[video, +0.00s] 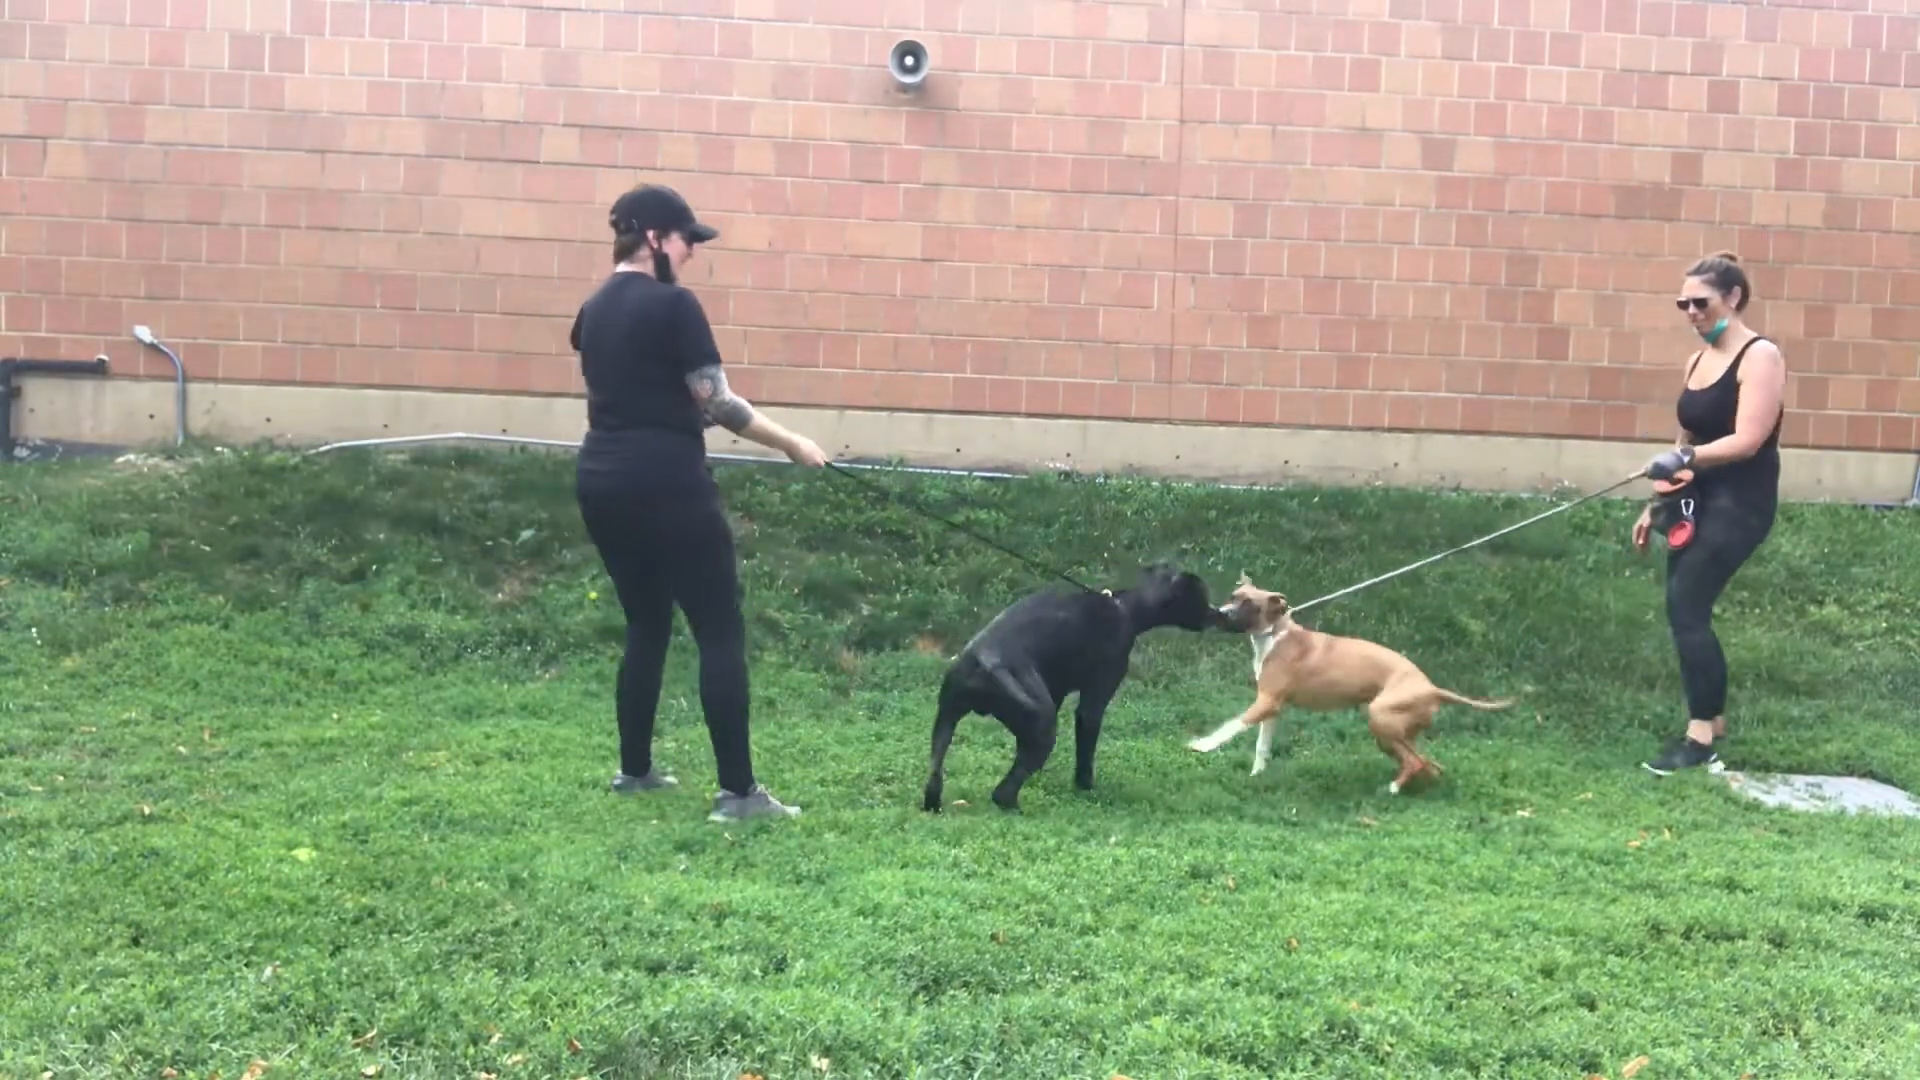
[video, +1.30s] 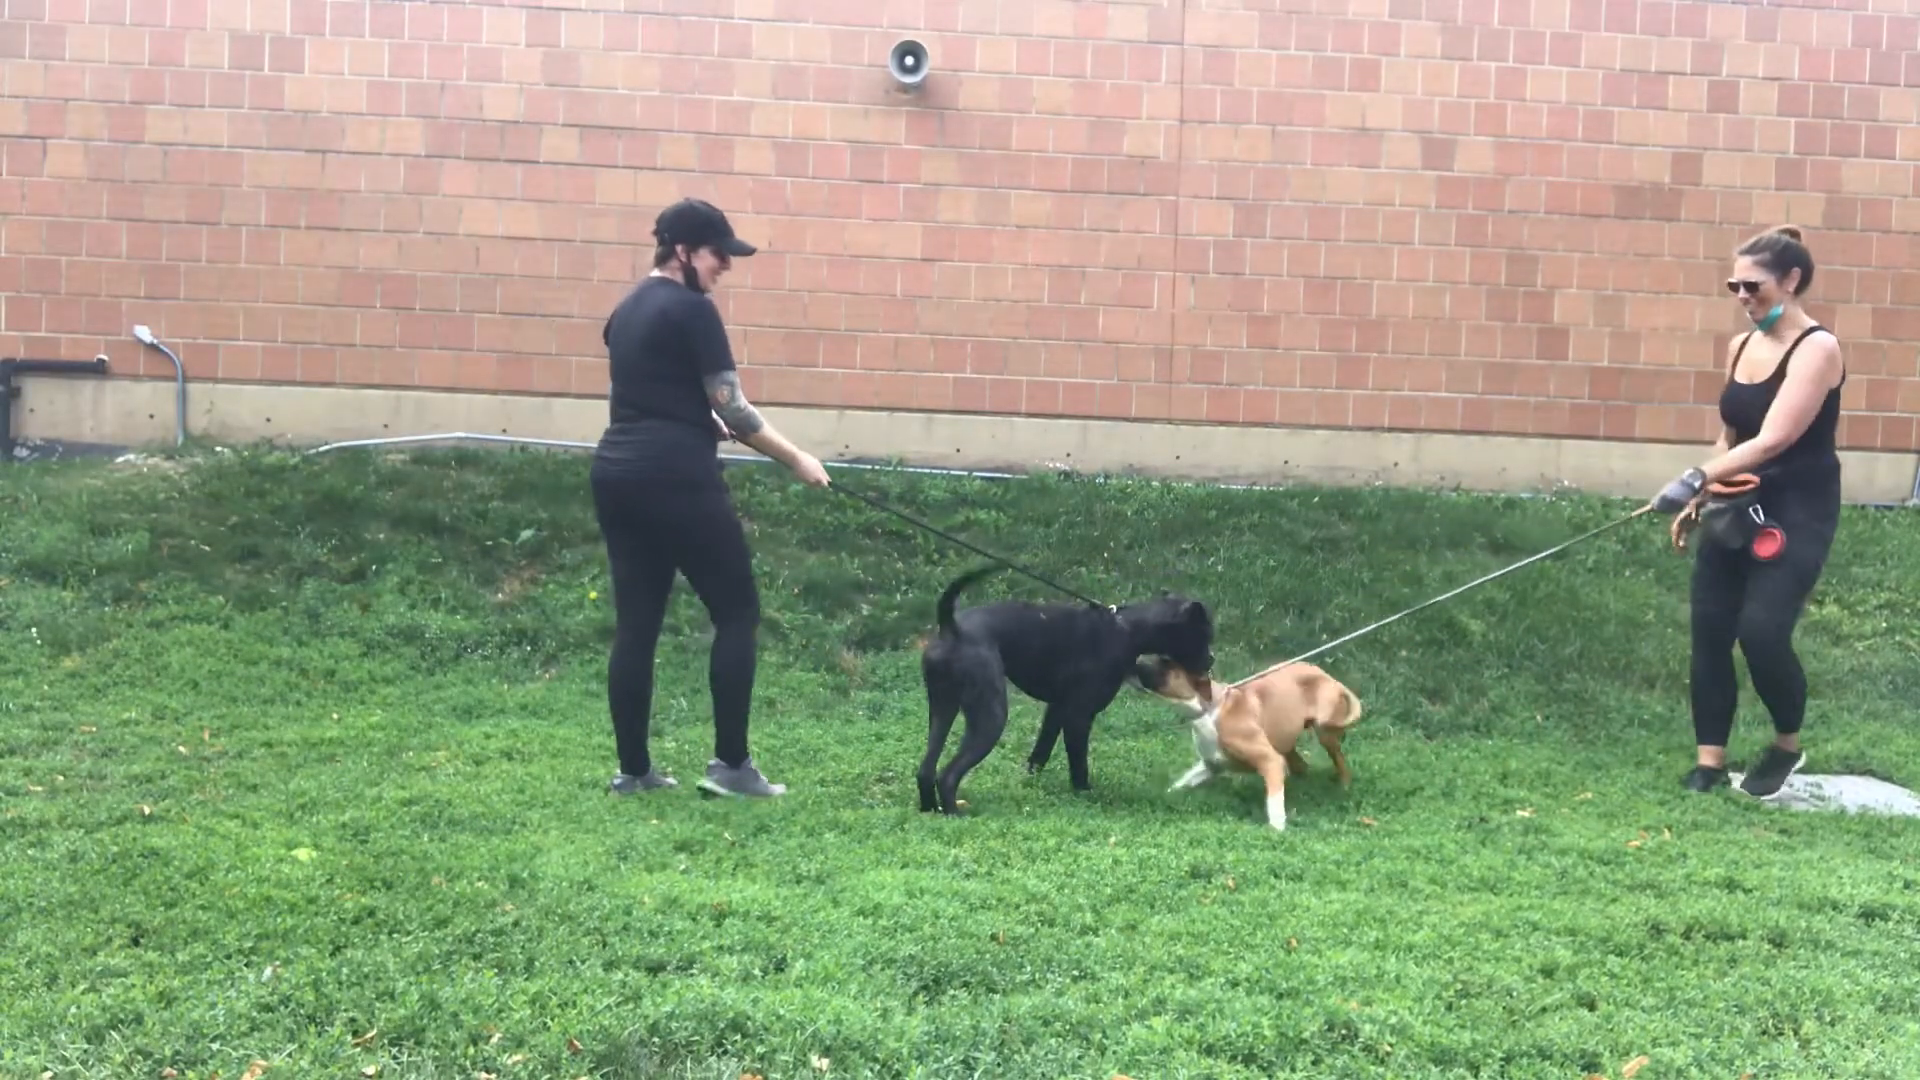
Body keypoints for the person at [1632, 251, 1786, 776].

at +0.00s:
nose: (1689, 312)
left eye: (1699, 303)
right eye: (1685, 304)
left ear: (1732, 298)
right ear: (1686, 304)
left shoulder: (1761, 357)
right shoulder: (1699, 359)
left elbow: (1750, 440)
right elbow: (1687, 443)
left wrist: (1688, 457)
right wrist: (1656, 504)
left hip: (1742, 500)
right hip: (1700, 496)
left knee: (1686, 604)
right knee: (1683, 605)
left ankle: (1700, 736)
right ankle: (1710, 719)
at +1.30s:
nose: (1742, 298)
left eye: (1752, 287)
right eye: (1736, 288)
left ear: (1793, 279)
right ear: (1735, 285)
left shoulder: (1818, 349)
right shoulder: (1740, 345)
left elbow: (1776, 440)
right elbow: (1729, 437)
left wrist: (1699, 477)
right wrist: (1704, 495)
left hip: (1798, 511)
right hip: (1736, 502)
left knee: (1760, 630)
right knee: (1709, 628)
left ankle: (1787, 743)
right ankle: (1709, 763)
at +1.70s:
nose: (1791, 288)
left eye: (1800, 277)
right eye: (1787, 278)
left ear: (1845, 269)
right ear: (1793, 274)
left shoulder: (1876, 344)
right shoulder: (1781, 336)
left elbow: (1814, 430)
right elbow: (1757, 427)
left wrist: (1727, 459)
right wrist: (1712, 500)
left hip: (1837, 519)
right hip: (1761, 509)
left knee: (1840, 657)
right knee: (1736, 644)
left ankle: (1873, 807)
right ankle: (1714, 768)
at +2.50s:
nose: (1852, 261)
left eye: (1860, 248)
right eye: (1848, 249)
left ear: (1909, 240)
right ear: (1880, 245)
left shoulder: (1919, 326)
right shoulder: (1855, 317)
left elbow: (1908, 438)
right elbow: (1830, 424)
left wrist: (1805, 470)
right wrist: (1785, 508)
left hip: (1902, 522)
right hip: (1836, 515)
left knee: (1890, 666)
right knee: (1811, 672)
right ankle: (1806, 827)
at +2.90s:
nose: (1903, 237)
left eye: (1910, 223)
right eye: (1899, 225)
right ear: (1897, 222)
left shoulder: (1919, 337)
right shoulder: (1916, 332)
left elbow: (1919, 435)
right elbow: (1912, 435)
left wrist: (1853, 456)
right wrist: (1858, 502)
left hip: (1912, 528)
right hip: (1904, 523)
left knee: (1858, 671)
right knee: (1859, 671)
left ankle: (1828, 827)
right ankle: (1828, 826)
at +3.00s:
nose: (1910, 235)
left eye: (1914, 222)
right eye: (1908, 223)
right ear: (1905, 217)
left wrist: (1864, 459)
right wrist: (1904, 497)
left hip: (1917, 532)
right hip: (1912, 529)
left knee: (1863, 664)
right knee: (1863, 664)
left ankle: (1876, 831)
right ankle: (1876, 830)